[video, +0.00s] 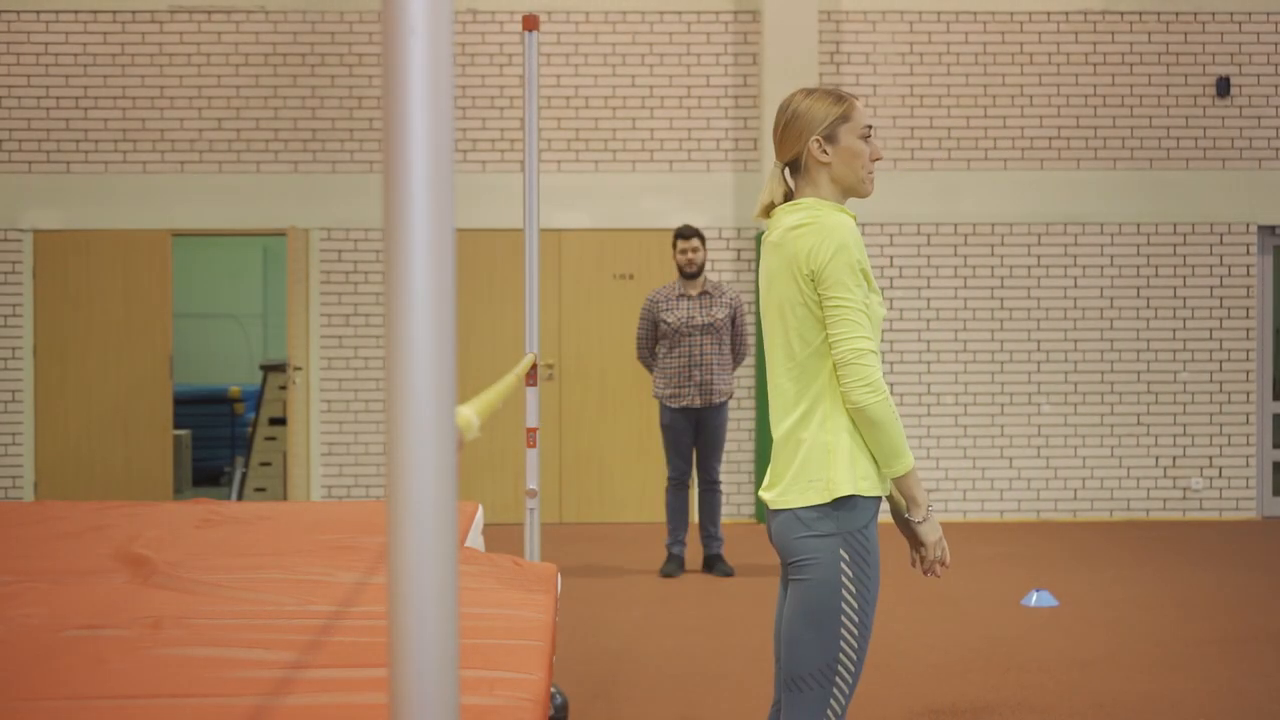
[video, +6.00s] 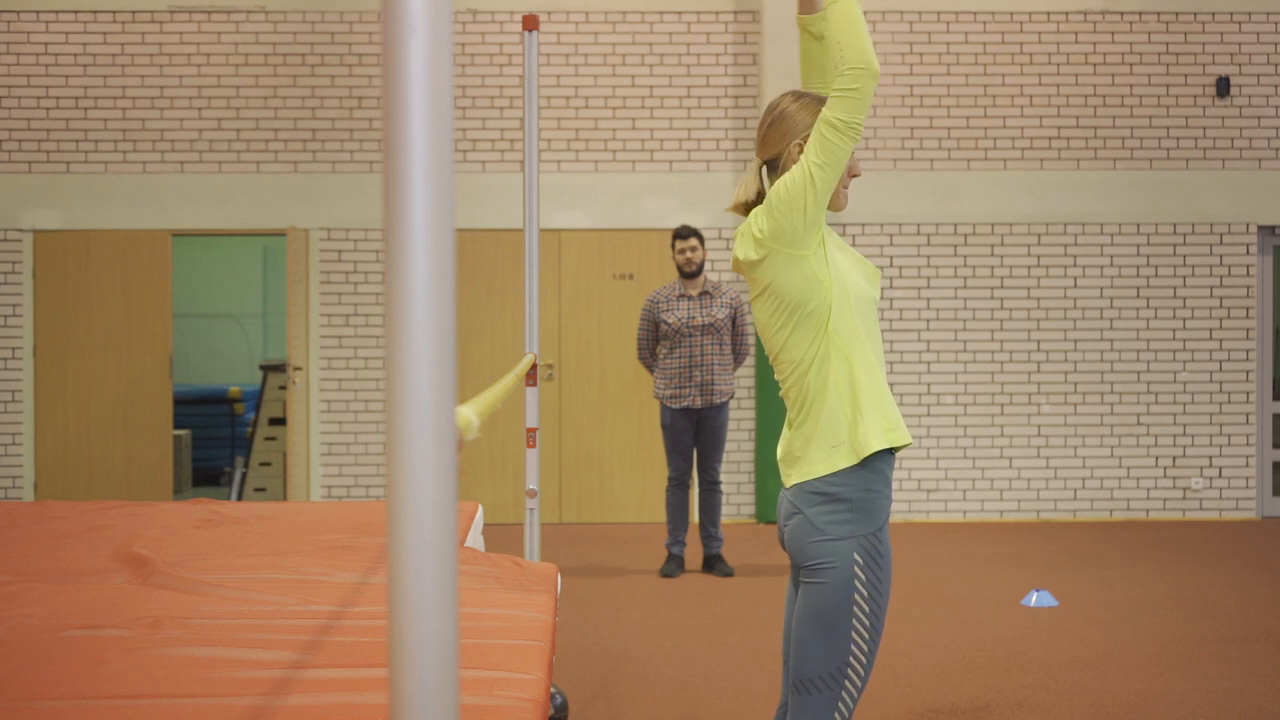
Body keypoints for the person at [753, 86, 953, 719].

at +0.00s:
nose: (876, 151)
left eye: (871, 136)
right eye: (864, 137)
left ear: (819, 154)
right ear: (821, 151)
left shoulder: (786, 230)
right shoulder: (831, 230)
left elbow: (823, 388)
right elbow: (859, 382)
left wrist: (904, 509)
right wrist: (915, 501)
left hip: (800, 499)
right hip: (833, 502)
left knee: (796, 705)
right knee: (818, 706)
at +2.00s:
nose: (870, 152)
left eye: (866, 138)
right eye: (857, 138)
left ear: (812, 152)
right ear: (813, 149)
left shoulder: (779, 229)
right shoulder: (823, 229)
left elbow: (791, 384)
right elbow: (854, 384)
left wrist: (897, 508)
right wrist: (906, 503)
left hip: (798, 502)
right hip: (828, 504)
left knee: (802, 705)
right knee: (814, 707)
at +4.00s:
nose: (849, 159)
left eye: (848, 144)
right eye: (840, 144)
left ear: (790, 151)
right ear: (792, 149)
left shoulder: (782, 221)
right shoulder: (783, 222)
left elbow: (913, 176)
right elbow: (932, 180)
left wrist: (1005, 94)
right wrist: (1028, 89)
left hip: (814, 494)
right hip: (819, 497)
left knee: (802, 702)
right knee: (814, 704)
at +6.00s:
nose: (853, 164)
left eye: (849, 148)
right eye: (839, 148)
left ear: (791, 155)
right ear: (797, 155)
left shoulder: (793, 231)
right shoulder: (781, 229)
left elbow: (829, 92)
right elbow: (854, 83)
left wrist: (810, 5)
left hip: (841, 489)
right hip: (837, 491)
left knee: (812, 701)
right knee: (824, 704)